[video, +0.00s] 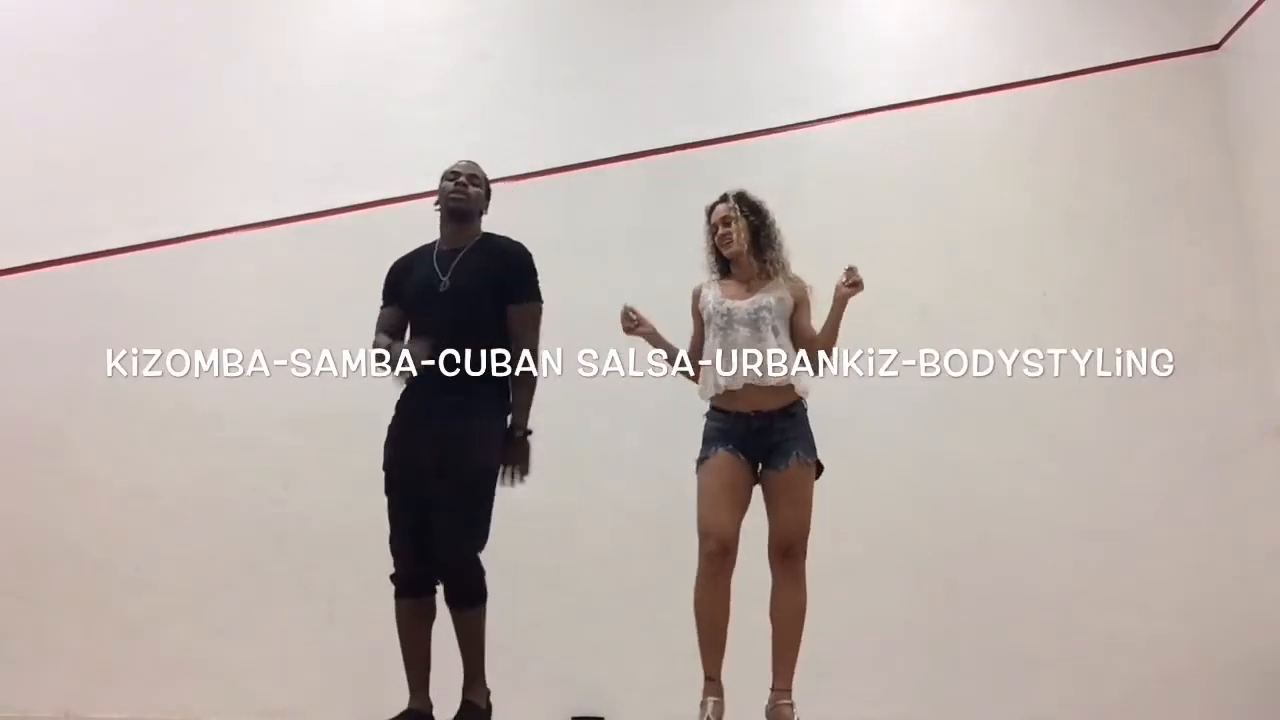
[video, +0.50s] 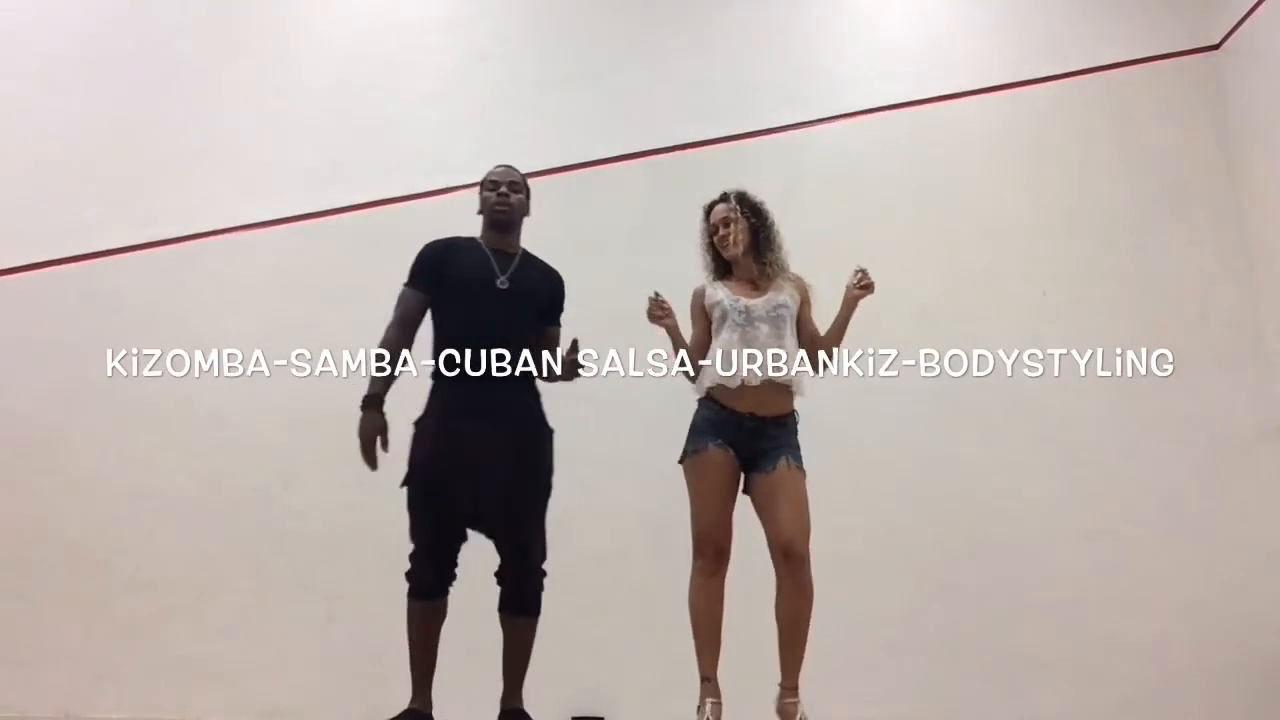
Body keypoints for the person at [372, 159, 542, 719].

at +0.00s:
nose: (461, 183)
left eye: (472, 180)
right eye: (452, 178)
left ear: (487, 200)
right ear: (436, 198)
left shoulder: (510, 259)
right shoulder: (408, 267)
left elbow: (528, 353)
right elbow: (383, 337)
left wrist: (519, 429)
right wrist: (398, 350)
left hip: (475, 431)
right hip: (413, 431)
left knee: (459, 559)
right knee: (410, 566)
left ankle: (475, 695)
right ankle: (418, 702)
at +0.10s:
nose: (466, 181)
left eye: (477, 178)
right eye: (457, 176)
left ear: (492, 199)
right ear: (441, 195)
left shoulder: (514, 260)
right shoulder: (407, 261)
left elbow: (538, 345)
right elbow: (382, 327)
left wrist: (534, 414)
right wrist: (388, 368)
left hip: (480, 425)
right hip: (419, 422)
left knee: (465, 542)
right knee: (413, 560)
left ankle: (482, 663)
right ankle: (418, 701)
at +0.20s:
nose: (474, 181)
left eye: (485, 177)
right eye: (465, 176)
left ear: (500, 198)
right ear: (449, 194)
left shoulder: (521, 262)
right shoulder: (412, 255)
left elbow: (540, 335)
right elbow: (381, 322)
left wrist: (551, 382)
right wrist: (376, 387)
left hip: (488, 418)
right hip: (423, 418)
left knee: (483, 529)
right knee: (416, 558)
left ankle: (490, 641)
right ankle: (418, 701)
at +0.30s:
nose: (483, 185)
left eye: (494, 180)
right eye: (474, 178)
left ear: (509, 200)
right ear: (458, 195)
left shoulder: (529, 267)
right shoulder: (420, 253)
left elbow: (542, 342)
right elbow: (386, 325)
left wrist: (558, 371)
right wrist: (367, 394)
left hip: (498, 428)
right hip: (426, 427)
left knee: (506, 541)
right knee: (417, 562)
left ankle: (505, 666)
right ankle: (418, 703)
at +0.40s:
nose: (494, 190)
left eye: (505, 185)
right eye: (484, 183)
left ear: (518, 206)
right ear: (467, 199)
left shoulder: (537, 275)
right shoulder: (431, 253)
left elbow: (545, 356)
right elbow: (391, 326)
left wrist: (562, 368)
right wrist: (365, 402)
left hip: (508, 440)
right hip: (434, 435)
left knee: (520, 568)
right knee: (421, 569)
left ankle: (515, 698)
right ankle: (418, 702)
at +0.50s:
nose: (503, 192)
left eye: (514, 187)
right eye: (493, 185)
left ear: (529, 207)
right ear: (477, 202)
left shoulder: (545, 280)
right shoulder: (442, 256)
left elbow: (543, 363)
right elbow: (401, 329)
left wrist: (563, 365)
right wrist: (372, 403)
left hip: (519, 442)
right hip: (447, 435)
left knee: (524, 574)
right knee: (429, 568)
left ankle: (512, 703)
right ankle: (420, 703)